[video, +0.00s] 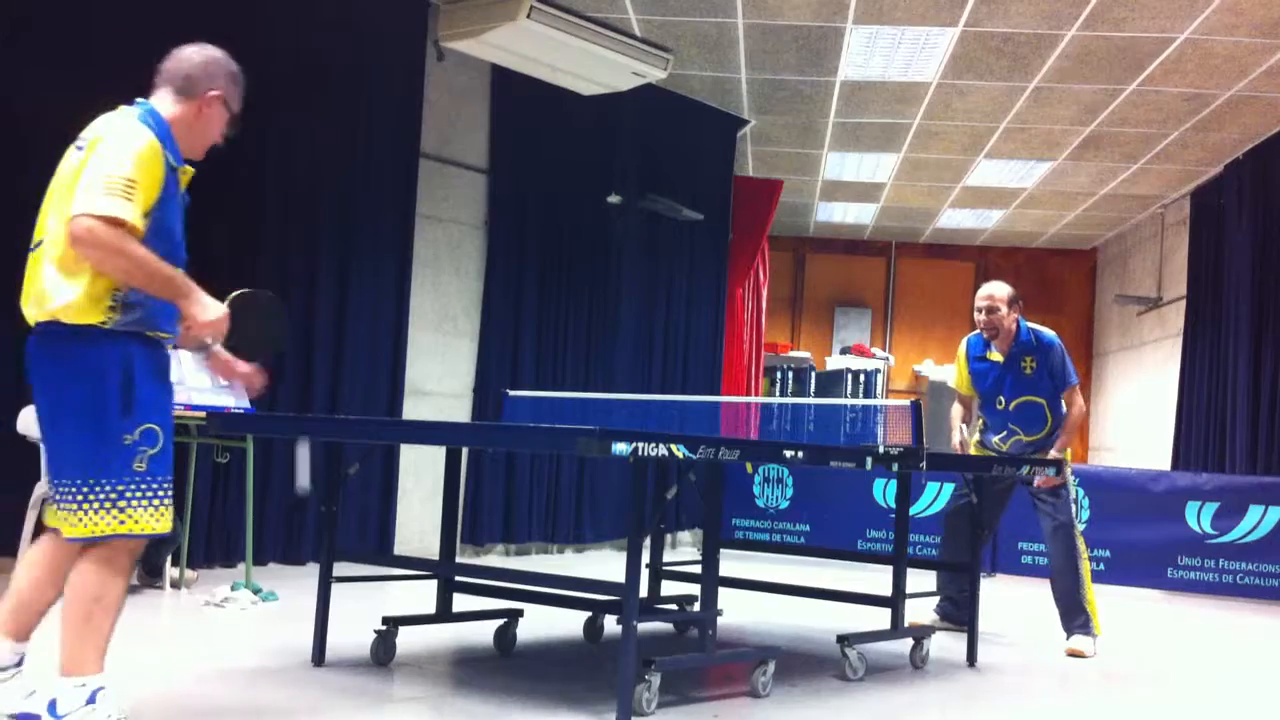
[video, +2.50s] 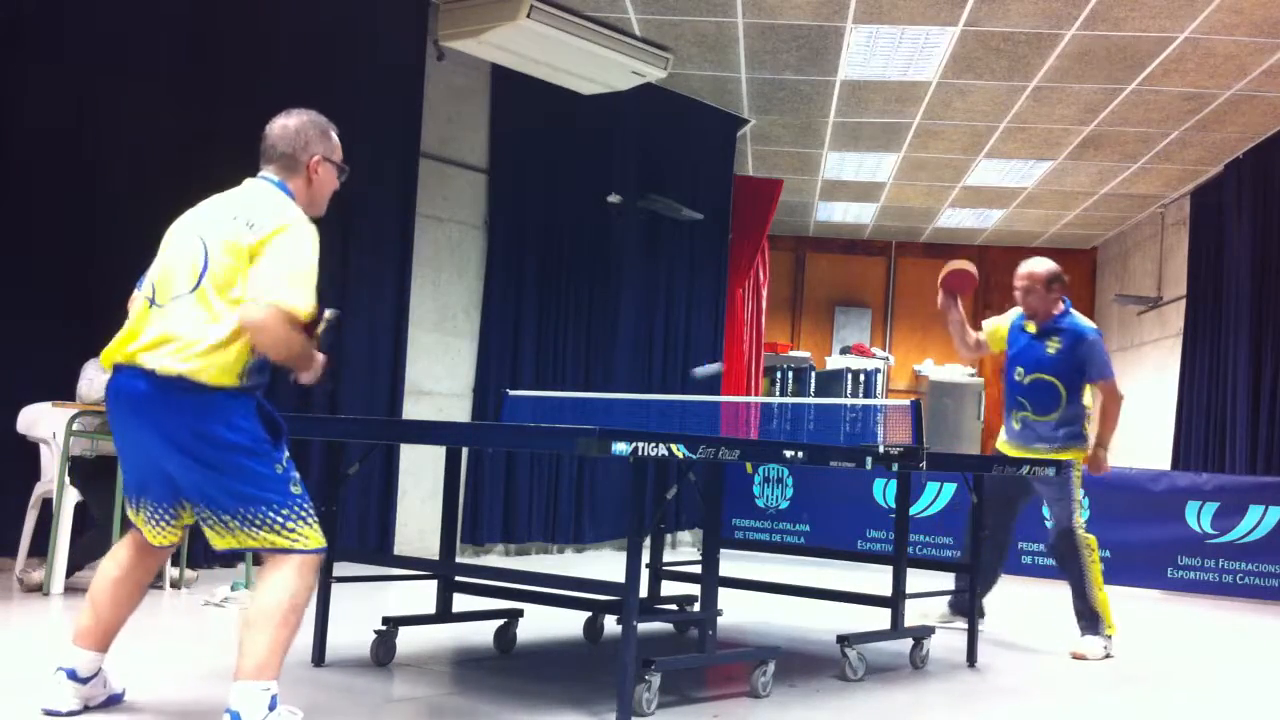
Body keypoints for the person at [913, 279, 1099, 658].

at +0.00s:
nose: (984, 318)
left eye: (992, 311)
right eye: (979, 311)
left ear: (1014, 313)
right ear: (973, 314)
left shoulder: (1045, 343)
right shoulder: (970, 347)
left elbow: (1077, 406)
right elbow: (963, 401)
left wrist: (1056, 453)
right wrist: (958, 430)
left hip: (1043, 454)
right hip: (991, 453)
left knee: (1062, 533)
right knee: (959, 522)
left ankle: (1080, 631)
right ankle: (954, 613)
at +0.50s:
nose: (985, 317)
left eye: (993, 309)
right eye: (979, 310)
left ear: (1015, 310)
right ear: (974, 313)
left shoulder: (1047, 341)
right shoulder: (971, 346)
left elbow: (1082, 395)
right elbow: (965, 399)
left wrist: (1067, 445)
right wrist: (960, 428)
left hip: (1044, 452)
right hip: (992, 452)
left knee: (1062, 532)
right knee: (962, 520)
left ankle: (1080, 630)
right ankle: (954, 612)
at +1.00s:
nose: (989, 319)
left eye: (997, 311)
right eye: (984, 312)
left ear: (1018, 311)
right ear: (980, 314)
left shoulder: (1052, 341)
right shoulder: (977, 347)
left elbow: (1084, 400)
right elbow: (971, 402)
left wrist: (1066, 449)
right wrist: (966, 431)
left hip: (1051, 452)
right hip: (999, 452)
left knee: (1069, 527)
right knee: (965, 517)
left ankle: (1081, 632)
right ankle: (954, 612)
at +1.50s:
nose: (973, 313)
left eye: (980, 305)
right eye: (967, 307)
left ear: (1003, 304)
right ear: (964, 310)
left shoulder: (1037, 336)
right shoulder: (970, 345)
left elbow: (1077, 397)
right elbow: (970, 400)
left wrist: (1054, 445)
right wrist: (957, 430)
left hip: (1040, 453)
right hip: (993, 453)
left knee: (1057, 533)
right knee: (958, 522)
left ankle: (1080, 632)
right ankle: (955, 614)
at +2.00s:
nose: (944, 352)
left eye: (947, 343)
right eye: (941, 345)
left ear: (970, 336)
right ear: (972, 337)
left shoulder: (989, 356)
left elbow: (1004, 364)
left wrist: (1010, 366)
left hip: (1044, 462)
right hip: (1014, 463)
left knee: (1018, 538)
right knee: (965, 518)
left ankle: (1074, 639)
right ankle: (954, 615)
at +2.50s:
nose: (1018, 297)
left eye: (1025, 290)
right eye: (1016, 290)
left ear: (1054, 292)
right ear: (1019, 292)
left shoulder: (1082, 335)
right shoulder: (1013, 321)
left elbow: (1111, 395)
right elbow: (971, 347)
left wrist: (1100, 447)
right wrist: (952, 313)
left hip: (1061, 454)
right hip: (1011, 449)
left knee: (1068, 536)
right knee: (987, 525)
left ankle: (1097, 633)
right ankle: (964, 606)